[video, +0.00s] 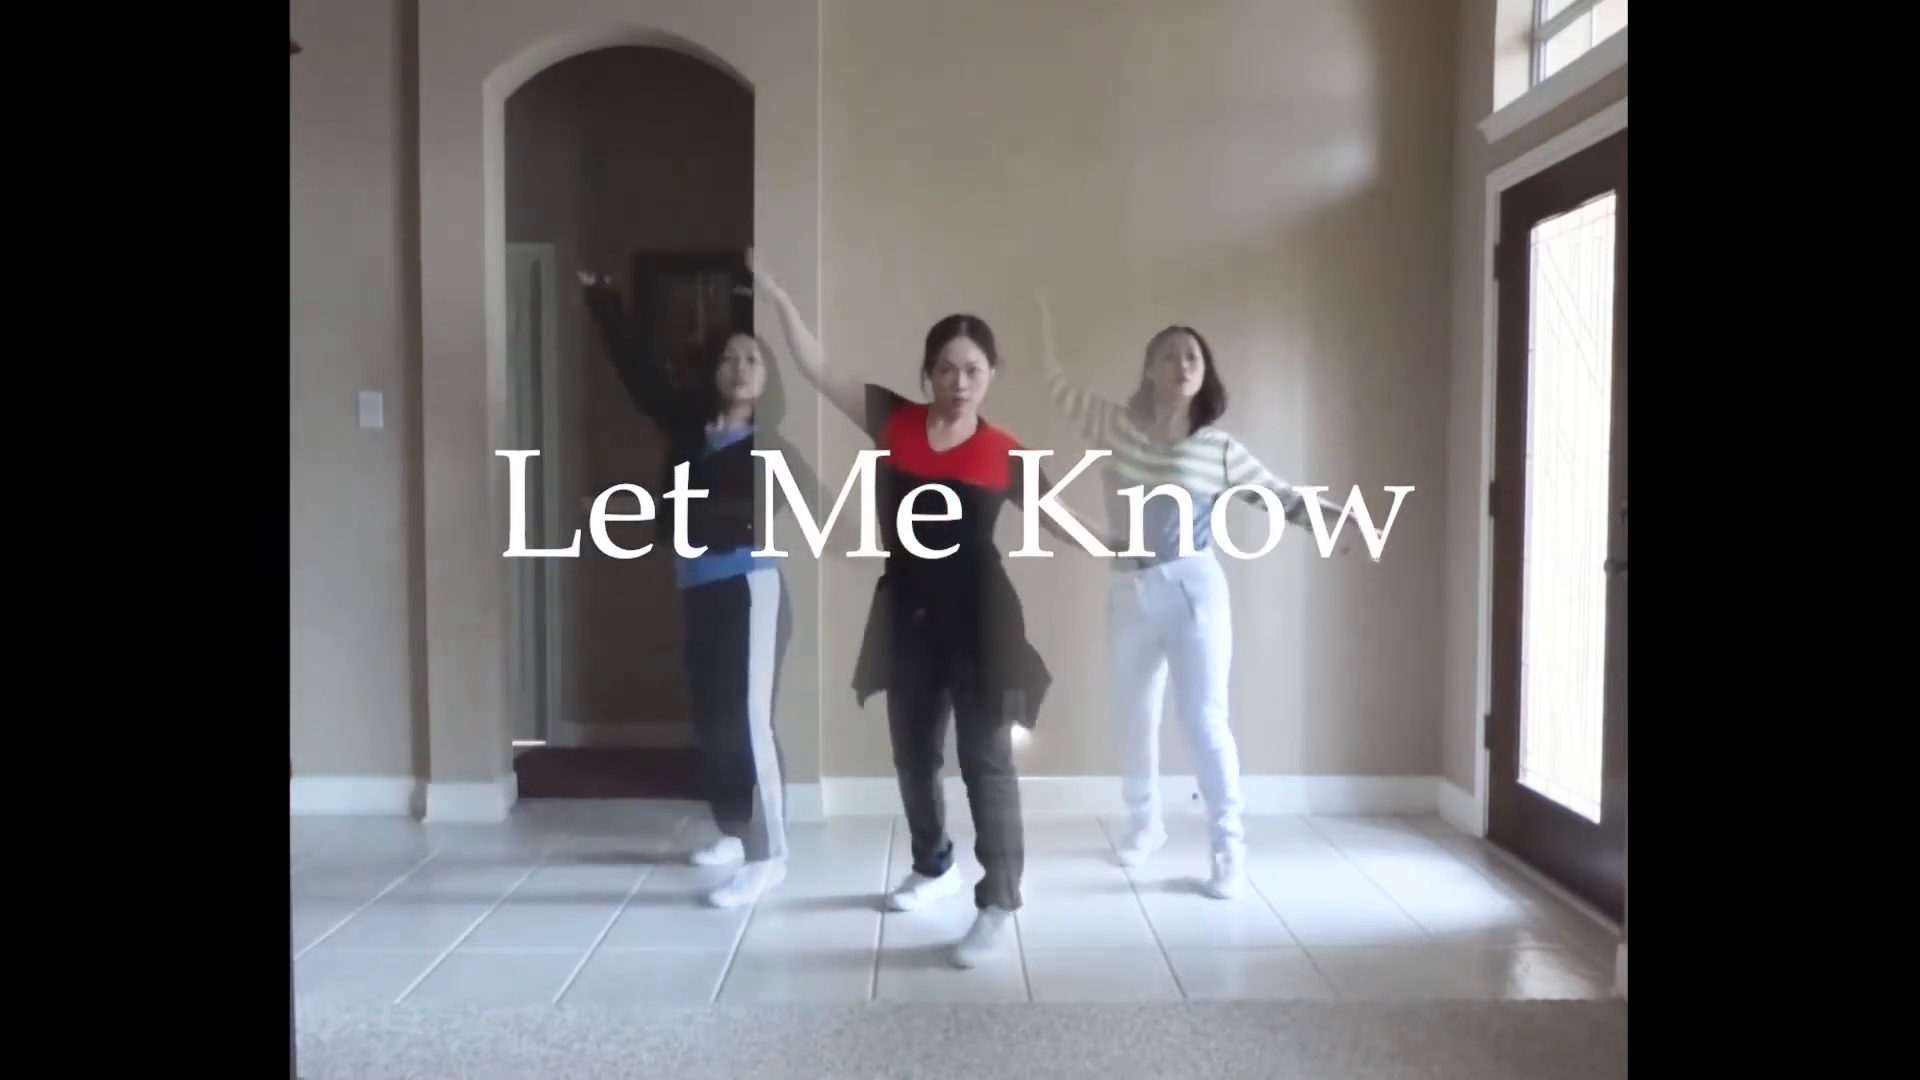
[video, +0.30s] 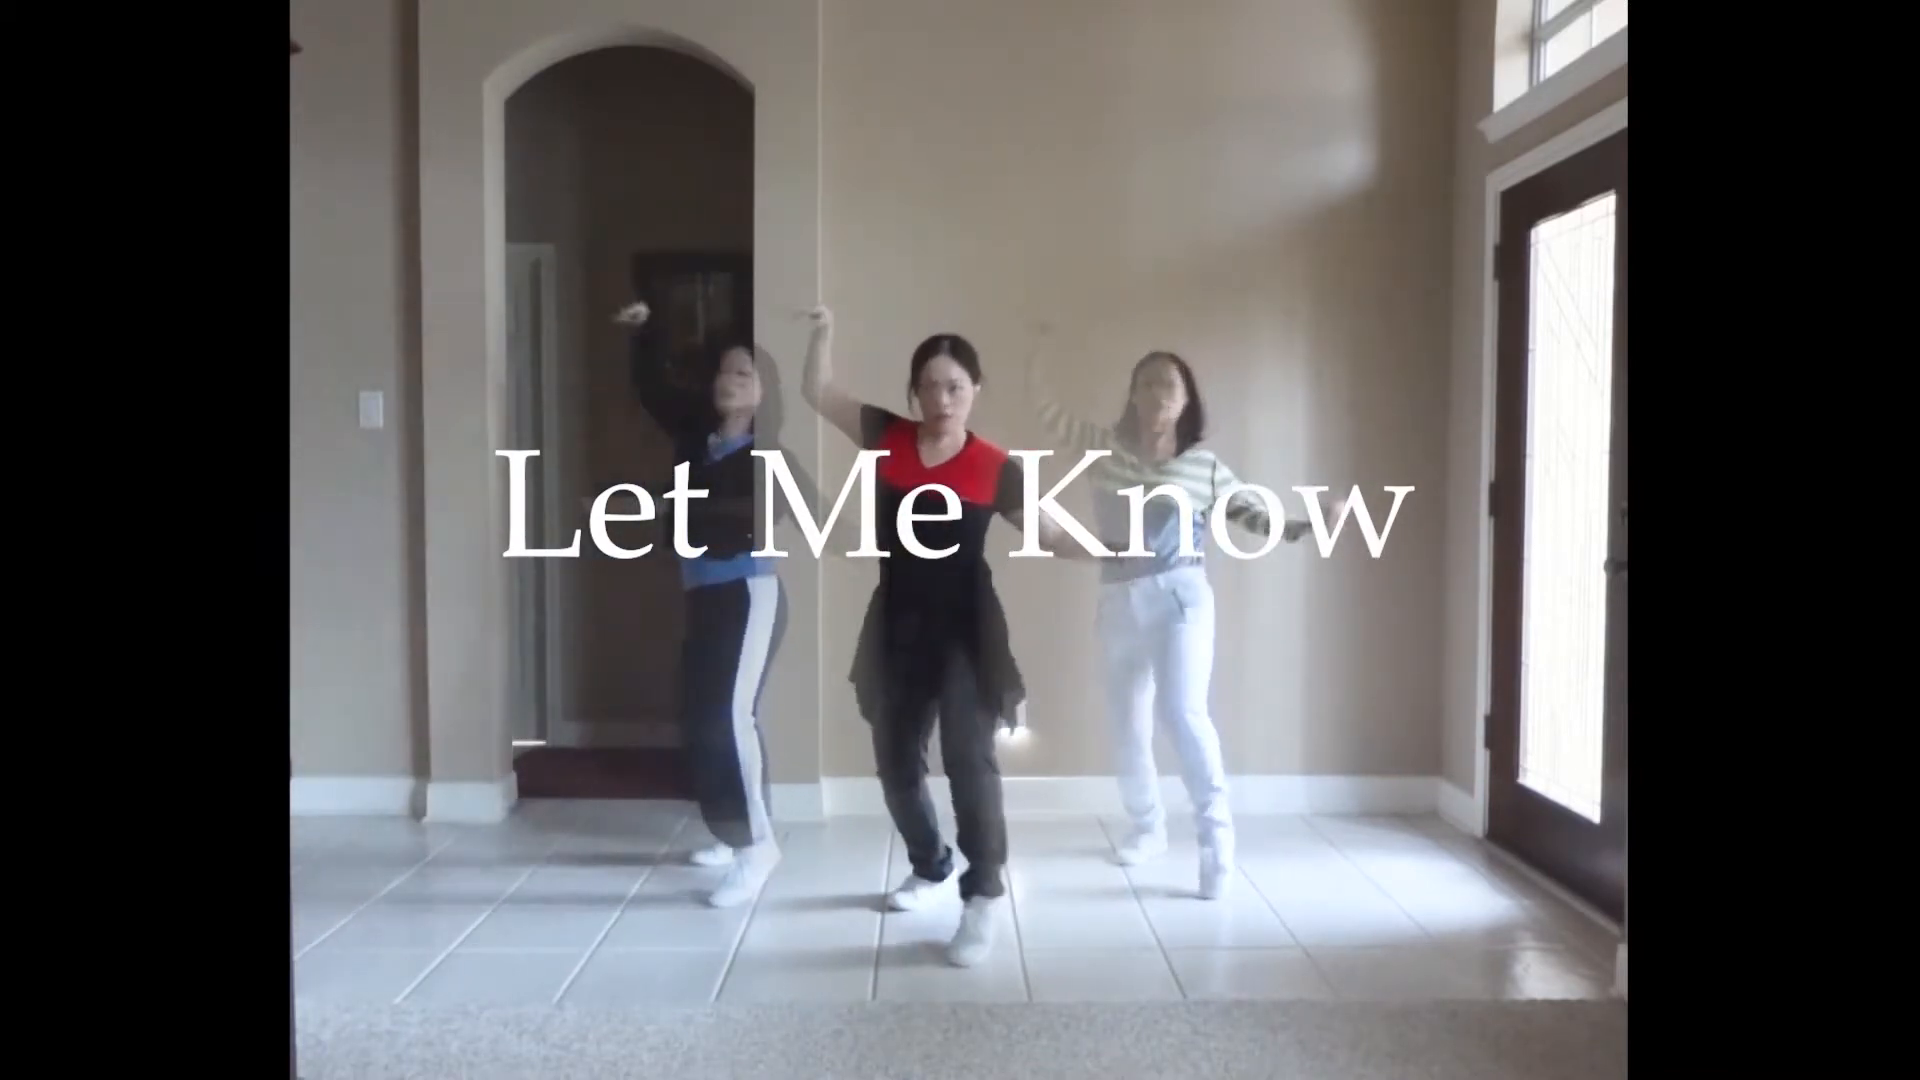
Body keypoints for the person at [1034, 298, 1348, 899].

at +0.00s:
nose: (1182, 365)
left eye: (1192, 357)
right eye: (1170, 356)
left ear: (1205, 375)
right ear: (1148, 369)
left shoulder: (1218, 446)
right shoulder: (1116, 428)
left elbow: (1275, 492)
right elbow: (1060, 390)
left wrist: (1326, 517)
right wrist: (1039, 333)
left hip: (1196, 591)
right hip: (1131, 595)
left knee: (1205, 719)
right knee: (1133, 715)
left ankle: (1227, 842)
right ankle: (1145, 824)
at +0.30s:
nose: (1160, 395)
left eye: (1171, 387)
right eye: (1151, 385)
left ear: (1186, 400)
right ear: (1132, 393)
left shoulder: (1202, 466)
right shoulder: (1101, 453)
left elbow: (1255, 514)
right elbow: (1043, 410)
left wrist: (1313, 516)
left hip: (1183, 600)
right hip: (1121, 604)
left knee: (1184, 712)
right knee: (1127, 723)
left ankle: (1215, 838)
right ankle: (1145, 829)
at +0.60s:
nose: (1116, 417)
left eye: (1123, 409)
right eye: (1118, 409)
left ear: (1138, 417)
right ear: (1179, 416)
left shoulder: (1201, 475)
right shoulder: (1105, 469)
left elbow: (1250, 535)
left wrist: (1318, 542)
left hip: (1170, 606)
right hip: (1114, 605)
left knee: (1182, 719)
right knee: (1116, 728)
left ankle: (1205, 842)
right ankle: (1144, 824)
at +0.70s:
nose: (1120, 421)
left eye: (1126, 412)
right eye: (1120, 411)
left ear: (1144, 416)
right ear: (1176, 413)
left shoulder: (1200, 475)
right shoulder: (1104, 470)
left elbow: (1248, 536)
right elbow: (1046, 513)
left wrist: (1316, 547)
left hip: (1172, 607)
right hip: (1113, 606)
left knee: (1181, 719)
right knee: (1116, 727)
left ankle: (1206, 843)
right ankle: (1143, 826)